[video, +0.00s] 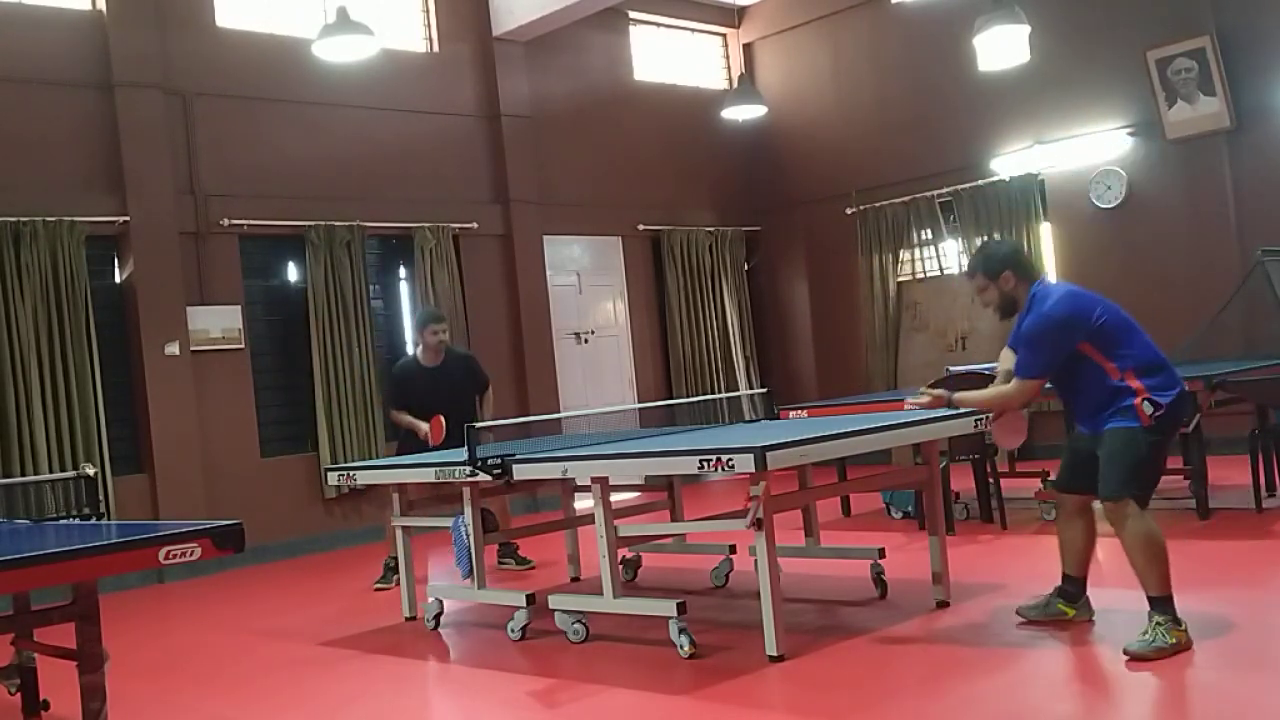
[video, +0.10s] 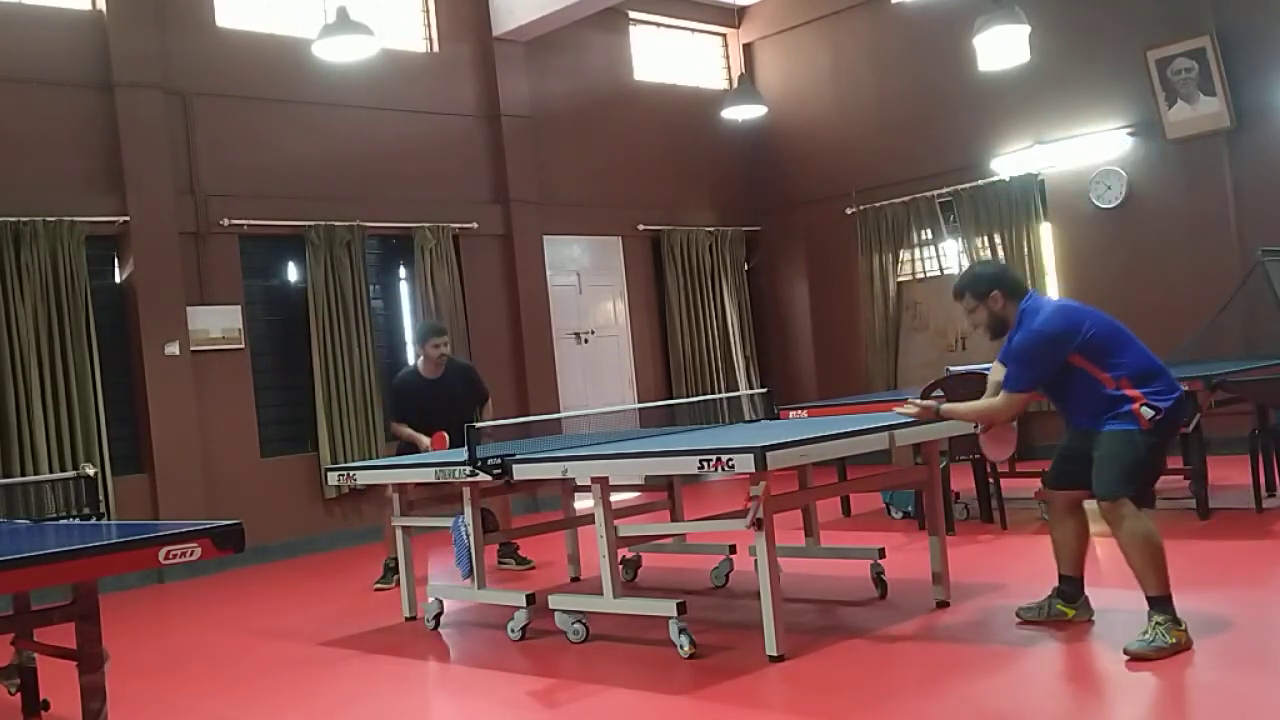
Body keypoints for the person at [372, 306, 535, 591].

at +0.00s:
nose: (442, 338)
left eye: (445, 332)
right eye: (435, 333)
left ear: (449, 332)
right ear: (420, 335)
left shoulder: (464, 362)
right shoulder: (403, 371)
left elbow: (486, 390)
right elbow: (394, 412)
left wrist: (485, 424)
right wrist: (418, 425)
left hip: (464, 449)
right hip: (417, 453)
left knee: (497, 486)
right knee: (398, 496)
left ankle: (506, 548)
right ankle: (394, 562)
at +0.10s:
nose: (444, 351)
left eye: (446, 345)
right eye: (437, 346)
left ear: (450, 344)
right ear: (421, 348)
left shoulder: (465, 372)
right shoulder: (404, 382)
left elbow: (485, 403)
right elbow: (395, 426)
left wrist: (484, 429)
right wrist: (419, 438)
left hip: (465, 458)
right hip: (420, 463)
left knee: (500, 481)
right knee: (393, 490)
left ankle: (507, 549)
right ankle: (394, 563)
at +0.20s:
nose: (445, 355)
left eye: (447, 348)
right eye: (437, 350)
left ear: (451, 348)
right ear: (422, 352)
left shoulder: (464, 376)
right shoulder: (405, 385)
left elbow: (482, 412)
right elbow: (396, 430)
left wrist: (484, 434)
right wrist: (423, 443)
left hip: (464, 461)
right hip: (421, 466)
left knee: (502, 482)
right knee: (391, 493)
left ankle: (507, 549)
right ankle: (393, 564)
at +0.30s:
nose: (445, 348)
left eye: (447, 342)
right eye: (437, 343)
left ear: (451, 342)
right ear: (422, 346)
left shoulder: (464, 372)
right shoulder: (405, 380)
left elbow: (478, 406)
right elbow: (398, 426)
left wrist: (481, 431)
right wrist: (423, 435)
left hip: (463, 456)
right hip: (418, 461)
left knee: (502, 481)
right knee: (392, 493)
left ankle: (507, 549)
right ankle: (394, 563)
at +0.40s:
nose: (445, 338)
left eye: (447, 333)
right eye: (437, 334)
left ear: (451, 334)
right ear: (421, 337)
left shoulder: (463, 364)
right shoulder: (405, 372)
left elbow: (478, 401)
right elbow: (400, 418)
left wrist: (478, 432)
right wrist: (423, 425)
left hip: (462, 448)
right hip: (417, 452)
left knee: (501, 483)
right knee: (394, 493)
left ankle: (507, 548)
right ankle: (393, 563)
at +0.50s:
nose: (444, 334)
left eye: (446, 329)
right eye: (437, 330)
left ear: (451, 331)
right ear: (421, 335)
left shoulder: (464, 362)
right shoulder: (405, 371)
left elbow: (479, 399)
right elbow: (400, 416)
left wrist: (478, 425)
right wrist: (423, 420)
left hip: (462, 448)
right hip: (418, 452)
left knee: (503, 481)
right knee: (394, 493)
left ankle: (508, 548)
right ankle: (392, 563)